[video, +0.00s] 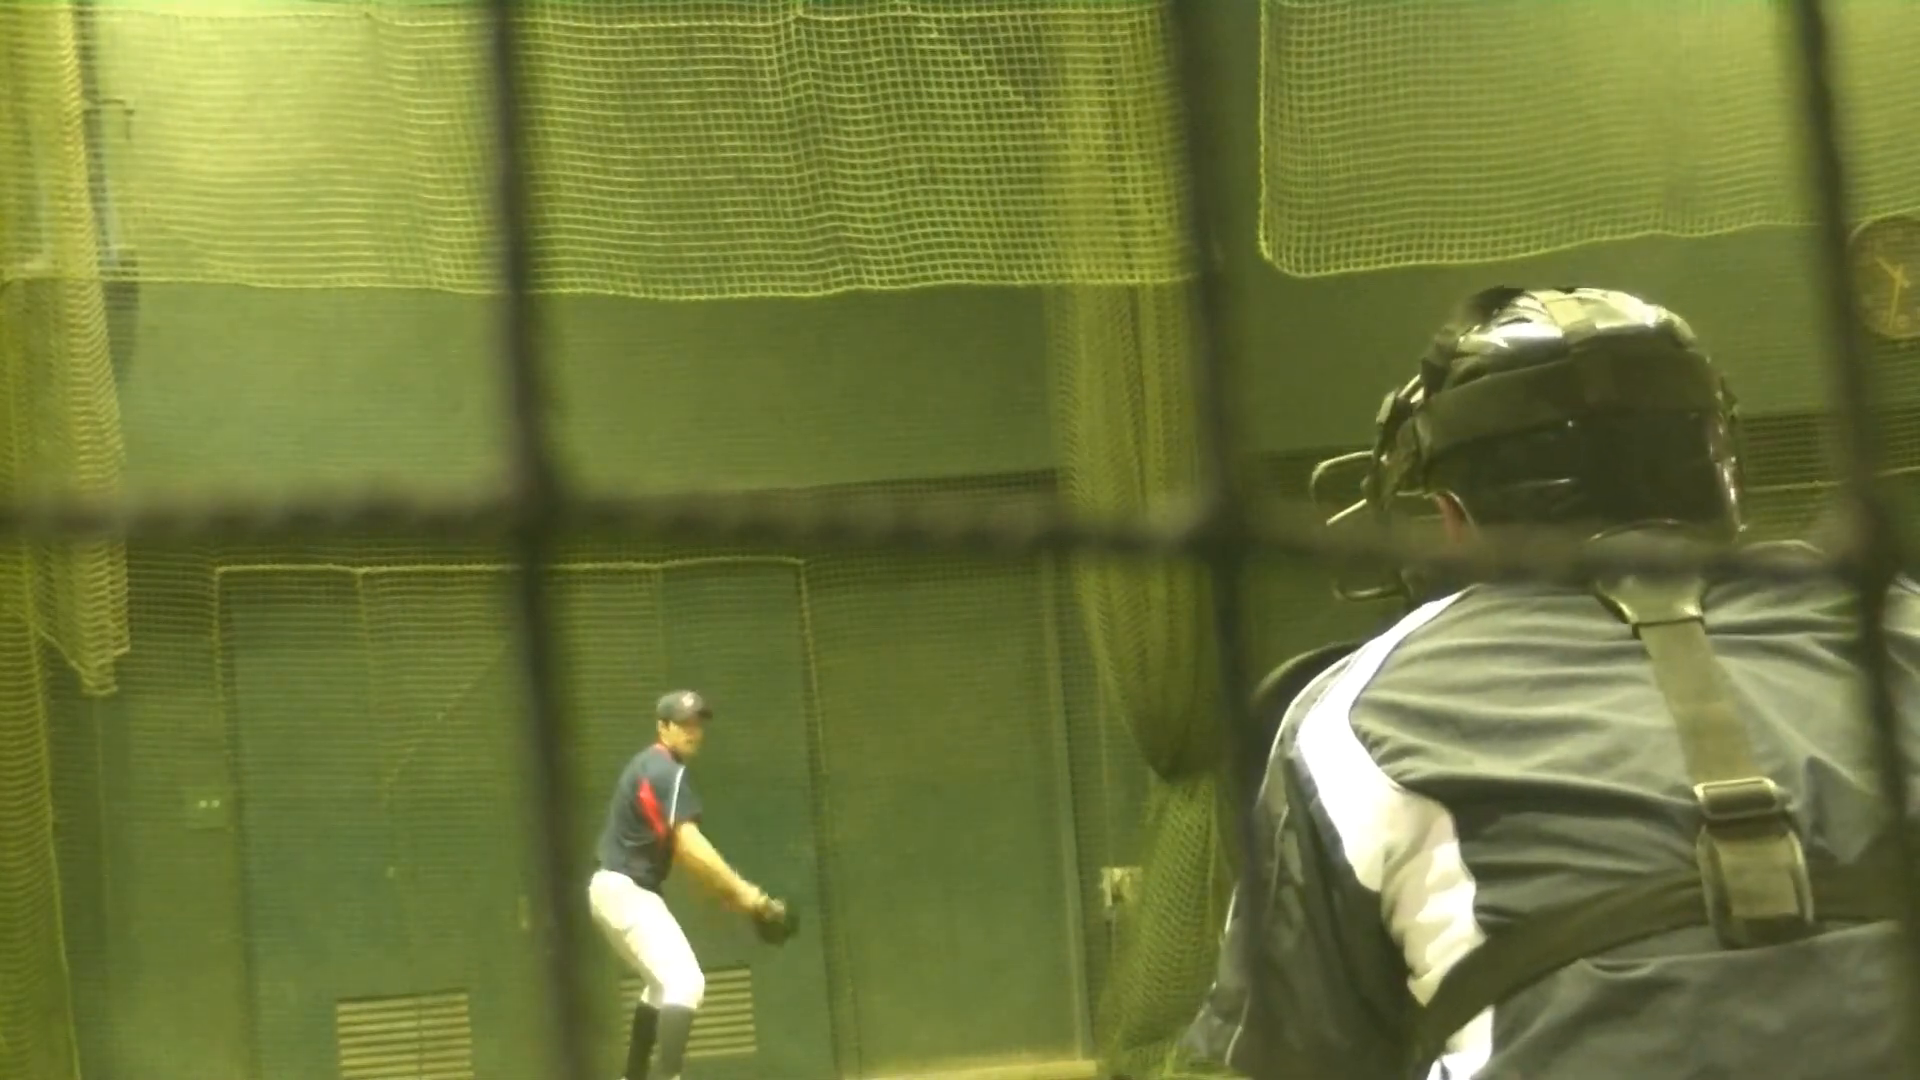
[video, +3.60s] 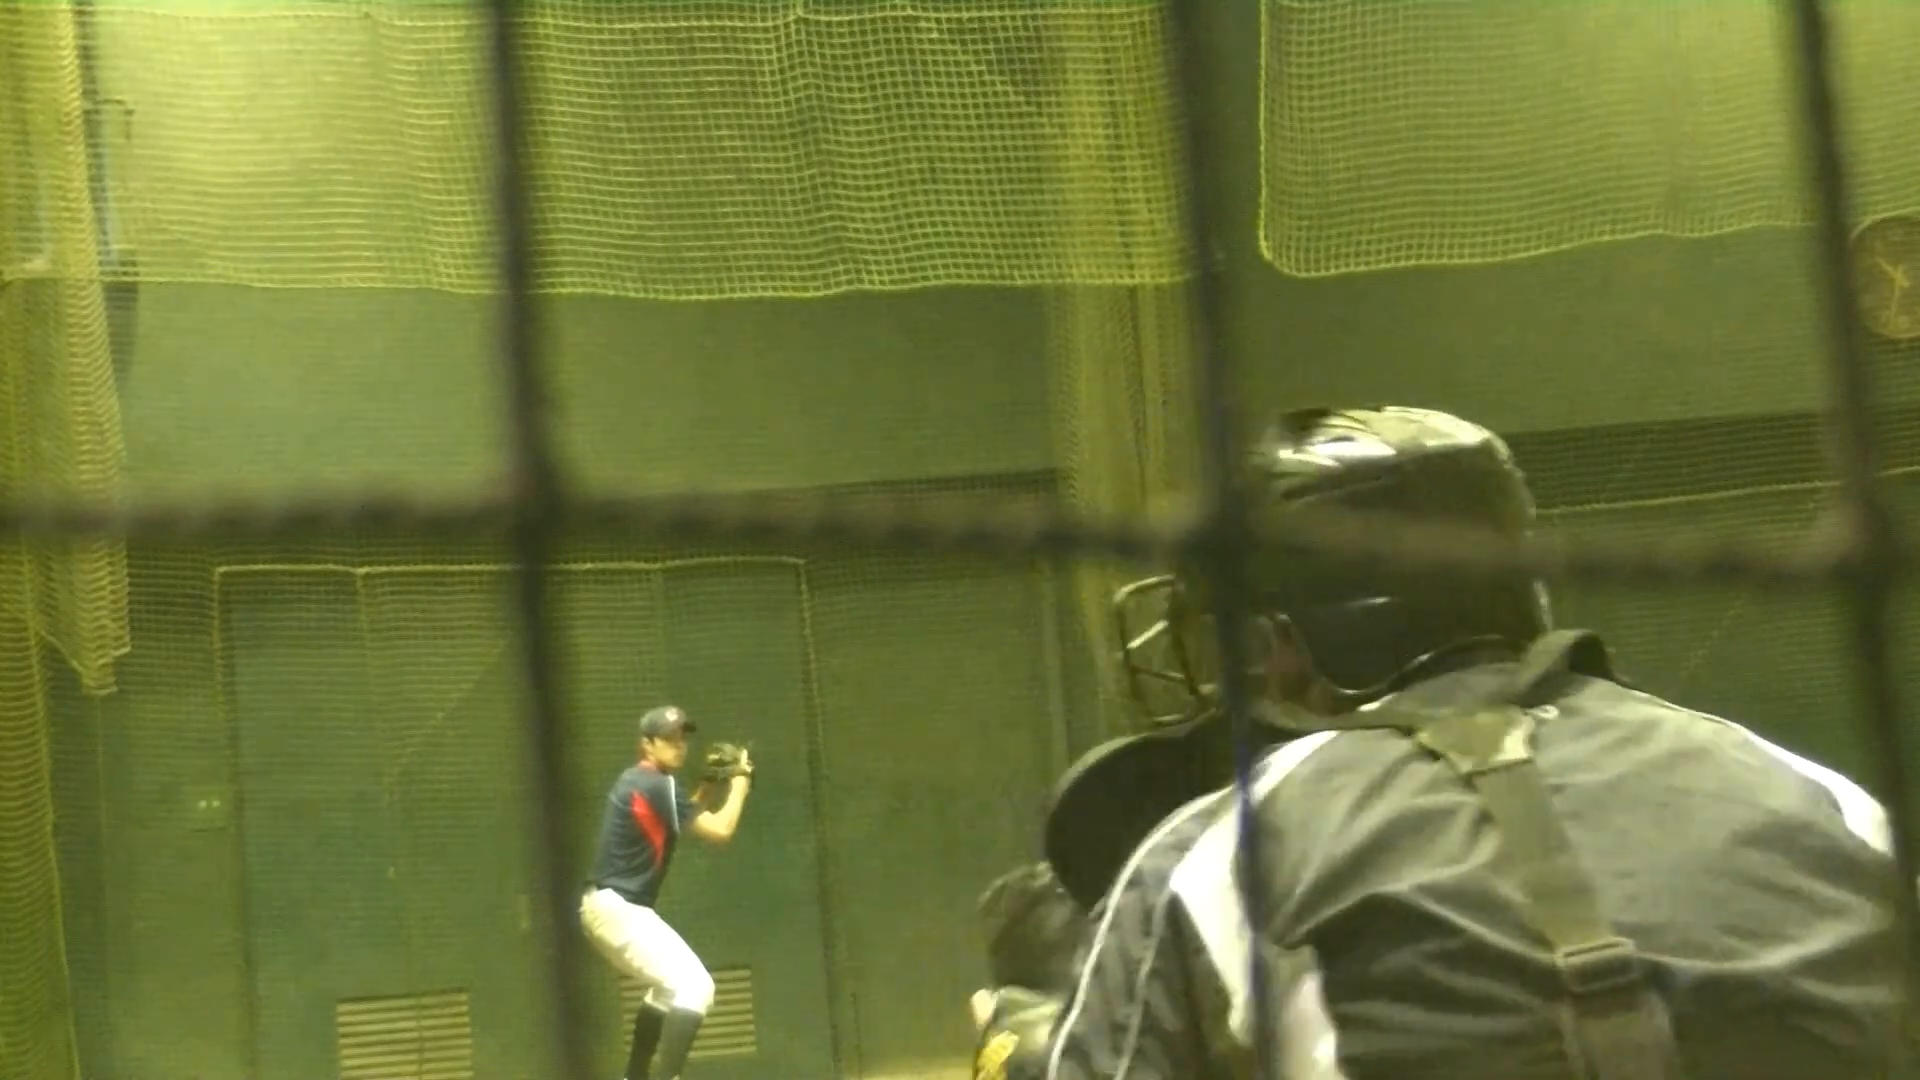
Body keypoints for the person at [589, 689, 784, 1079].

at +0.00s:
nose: (696, 734)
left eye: (699, 726)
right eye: (688, 726)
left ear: (702, 727)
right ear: (664, 727)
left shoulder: (649, 764)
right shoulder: (666, 769)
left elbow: (681, 846)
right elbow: (689, 842)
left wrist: (723, 887)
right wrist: (745, 892)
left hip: (613, 886)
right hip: (628, 888)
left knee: (661, 982)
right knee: (684, 983)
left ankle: (635, 1073)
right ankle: (668, 1072)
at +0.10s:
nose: (687, 735)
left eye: (690, 727)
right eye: (678, 727)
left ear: (691, 729)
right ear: (655, 730)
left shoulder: (644, 767)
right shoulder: (662, 773)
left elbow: (696, 836)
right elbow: (702, 836)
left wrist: (758, 859)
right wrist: (768, 866)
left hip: (611, 891)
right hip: (624, 893)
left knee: (663, 983)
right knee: (684, 983)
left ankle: (636, 1073)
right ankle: (665, 1073)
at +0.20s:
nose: (684, 740)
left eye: (685, 732)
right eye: (674, 733)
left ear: (686, 733)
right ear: (651, 735)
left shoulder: (637, 772)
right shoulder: (662, 779)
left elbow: (700, 819)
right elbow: (716, 834)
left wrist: (761, 820)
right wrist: (780, 836)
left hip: (608, 898)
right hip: (624, 900)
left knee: (666, 984)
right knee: (689, 985)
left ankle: (639, 1072)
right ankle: (667, 1073)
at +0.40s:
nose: (681, 745)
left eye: (683, 736)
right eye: (672, 737)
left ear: (682, 736)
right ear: (649, 740)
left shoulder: (637, 774)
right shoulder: (661, 780)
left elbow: (695, 807)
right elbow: (730, 813)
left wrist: (736, 782)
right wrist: (764, 779)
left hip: (607, 902)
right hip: (625, 905)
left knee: (670, 985)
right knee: (697, 986)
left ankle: (636, 1073)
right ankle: (666, 1073)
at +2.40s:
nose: (685, 746)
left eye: (687, 738)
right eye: (677, 739)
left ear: (656, 743)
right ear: (653, 741)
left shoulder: (639, 776)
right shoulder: (659, 782)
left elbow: (697, 801)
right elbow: (721, 833)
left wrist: (721, 766)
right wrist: (748, 782)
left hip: (603, 901)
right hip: (620, 905)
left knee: (665, 986)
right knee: (693, 989)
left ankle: (635, 1071)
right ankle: (666, 1072)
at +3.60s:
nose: (681, 746)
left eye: (683, 738)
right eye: (672, 739)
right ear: (648, 743)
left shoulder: (635, 779)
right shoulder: (655, 785)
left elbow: (687, 816)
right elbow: (719, 831)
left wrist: (713, 781)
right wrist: (741, 781)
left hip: (603, 905)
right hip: (618, 908)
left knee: (667, 984)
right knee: (696, 987)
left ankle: (637, 1073)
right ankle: (668, 1073)